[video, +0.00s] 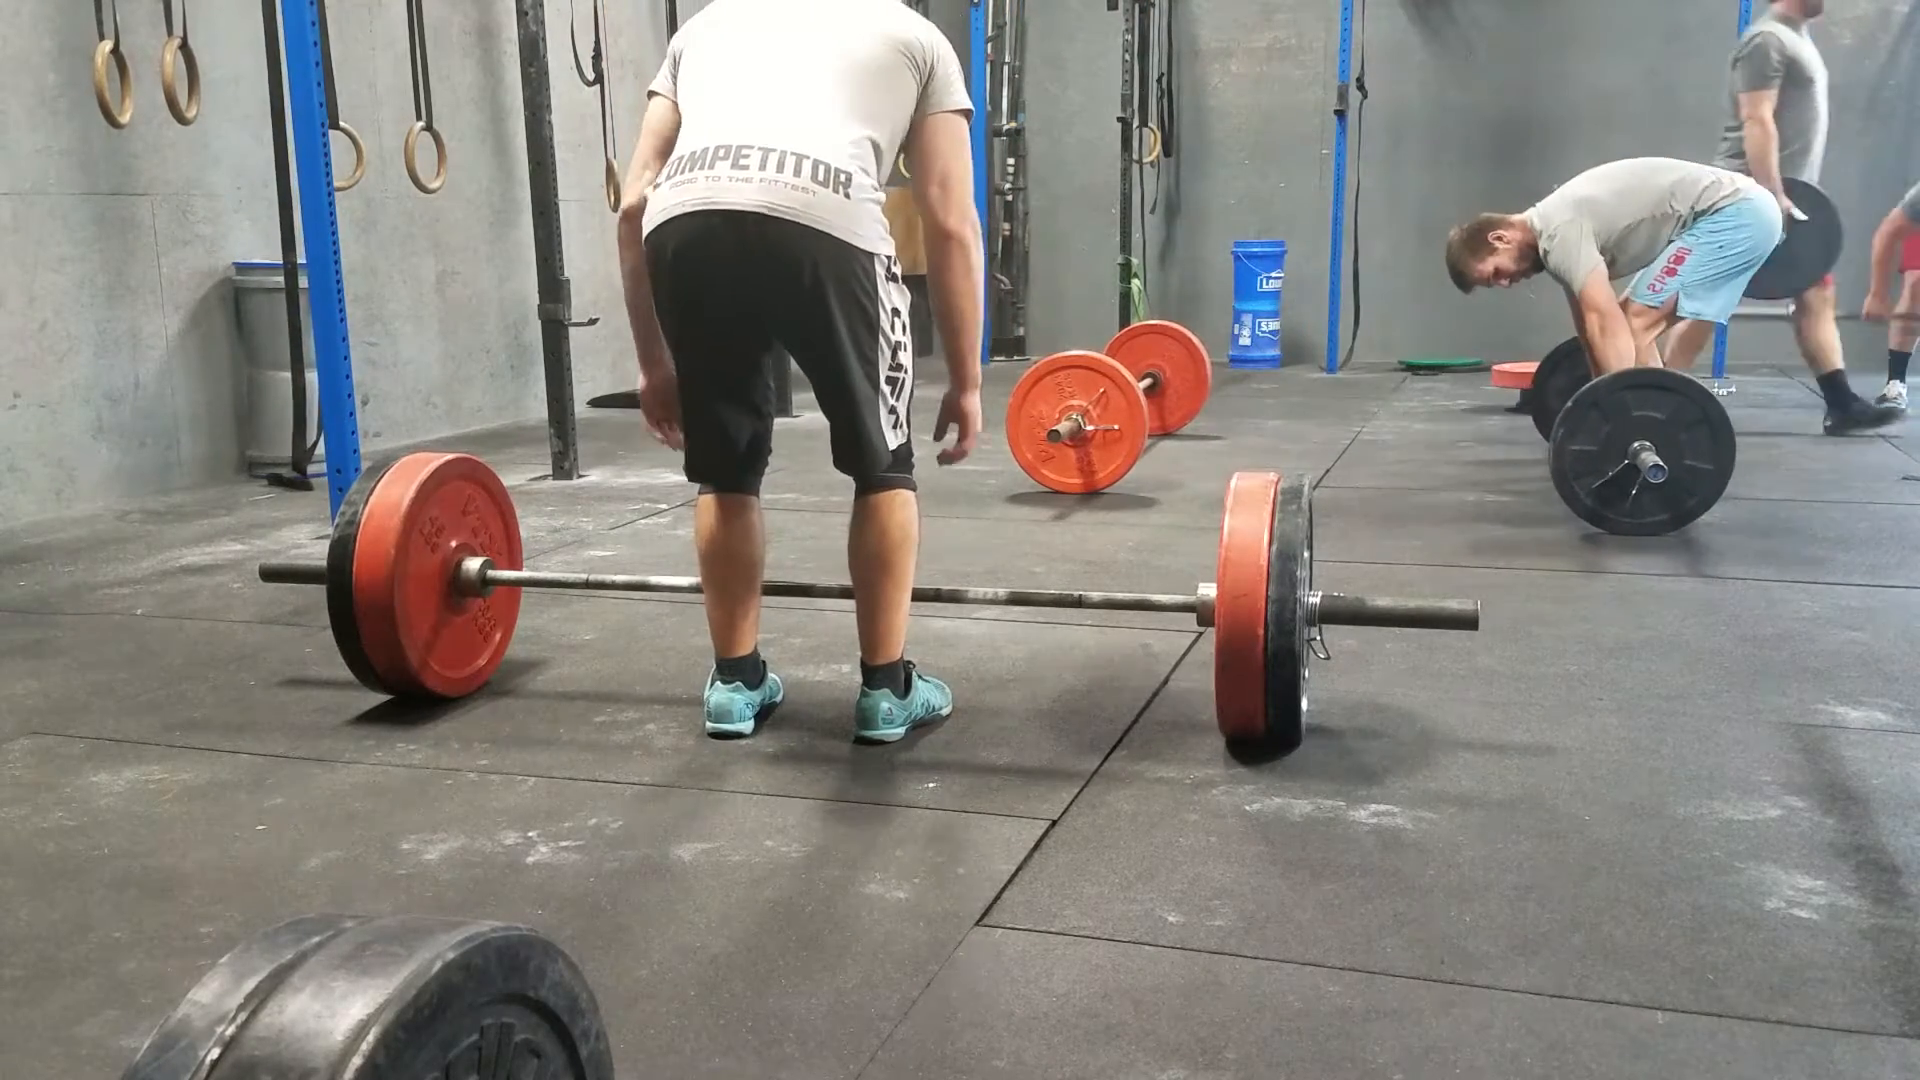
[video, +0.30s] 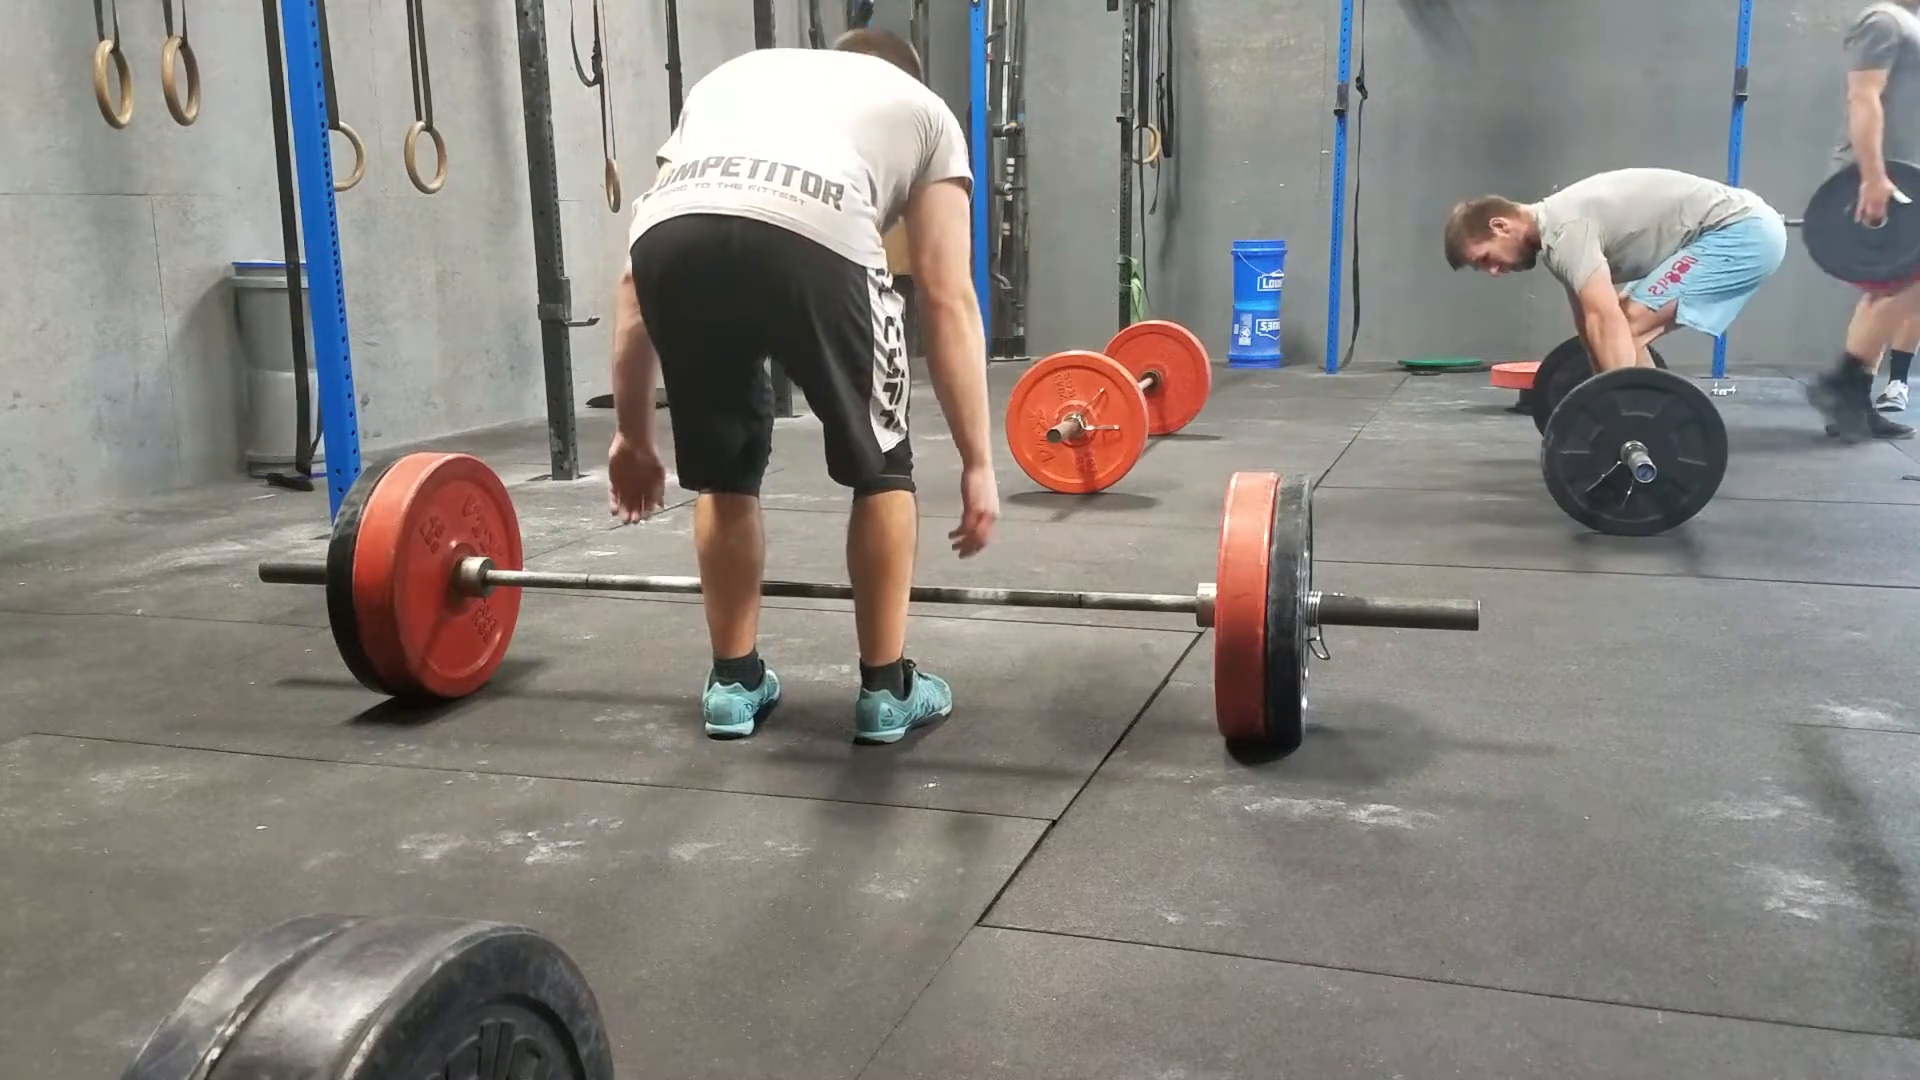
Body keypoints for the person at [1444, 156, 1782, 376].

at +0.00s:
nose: (1505, 283)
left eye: (1495, 274)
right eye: (1495, 284)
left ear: (1500, 240)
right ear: (1503, 235)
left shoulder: (1562, 230)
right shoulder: (1553, 229)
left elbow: (1604, 325)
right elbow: (1591, 324)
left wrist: (1621, 419)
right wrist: (1607, 413)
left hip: (1734, 212)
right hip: (1738, 210)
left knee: (1627, 324)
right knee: (1642, 331)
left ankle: (1638, 443)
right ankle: (1663, 438)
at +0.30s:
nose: (1493, 273)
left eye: (1486, 260)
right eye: (1483, 268)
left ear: (1501, 227)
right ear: (1502, 226)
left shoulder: (1565, 230)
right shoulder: (1556, 234)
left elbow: (1604, 319)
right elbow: (1589, 320)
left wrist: (1625, 411)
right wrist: (1605, 403)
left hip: (1741, 230)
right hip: (1732, 230)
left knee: (1620, 328)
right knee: (1609, 326)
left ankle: (1641, 435)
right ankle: (1651, 432)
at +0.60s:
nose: (1473, 233)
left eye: (1472, 219)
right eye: (1467, 224)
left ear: (1504, 198)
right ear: (1506, 197)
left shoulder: (1557, 224)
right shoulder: (1555, 219)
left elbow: (1593, 319)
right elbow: (1580, 318)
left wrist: (1612, 415)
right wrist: (1603, 412)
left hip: (1734, 258)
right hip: (1733, 255)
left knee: (1604, 333)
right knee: (1598, 331)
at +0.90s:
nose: (1482, 157)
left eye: (1490, 145)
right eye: (1484, 146)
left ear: (1524, 148)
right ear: (1523, 148)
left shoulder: (1573, 190)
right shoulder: (1570, 191)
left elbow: (1598, 289)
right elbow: (1592, 289)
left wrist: (1589, 382)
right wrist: (1586, 378)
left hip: (1738, 248)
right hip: (1735, 248)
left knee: (1618, 326)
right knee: (1619, 328)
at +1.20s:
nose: (1530, 22)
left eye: (1542, 12)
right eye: (1535, 12)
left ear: (1573, 26)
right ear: (1573, 28)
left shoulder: (1601, 81)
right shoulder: (1593, 83)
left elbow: (1622, 180)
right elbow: (1609, 180)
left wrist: (1608, 273)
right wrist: (1596, 267)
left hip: (1729, 203)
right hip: (1707, 204)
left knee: (1658, 323)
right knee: (1643, 318)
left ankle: (1644, 468)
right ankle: (1631, 455)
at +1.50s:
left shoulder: (1722, 1)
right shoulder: (1693, 4)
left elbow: (1682, 59)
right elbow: (1673, 59)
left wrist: (1606, 118)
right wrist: (1599, 114)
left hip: (1648, 142)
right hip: (1630, 138)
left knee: (1623, 308)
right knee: (1606, 308)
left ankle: (1641, 450)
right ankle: (1632, 438)